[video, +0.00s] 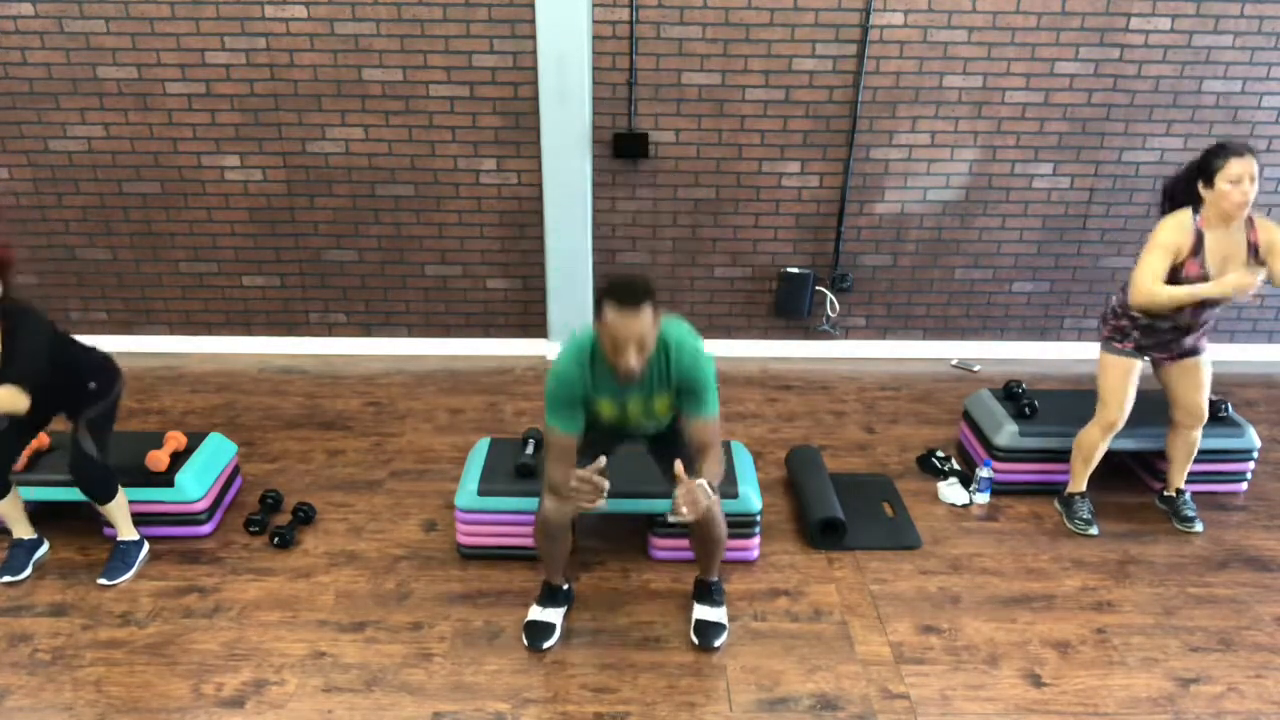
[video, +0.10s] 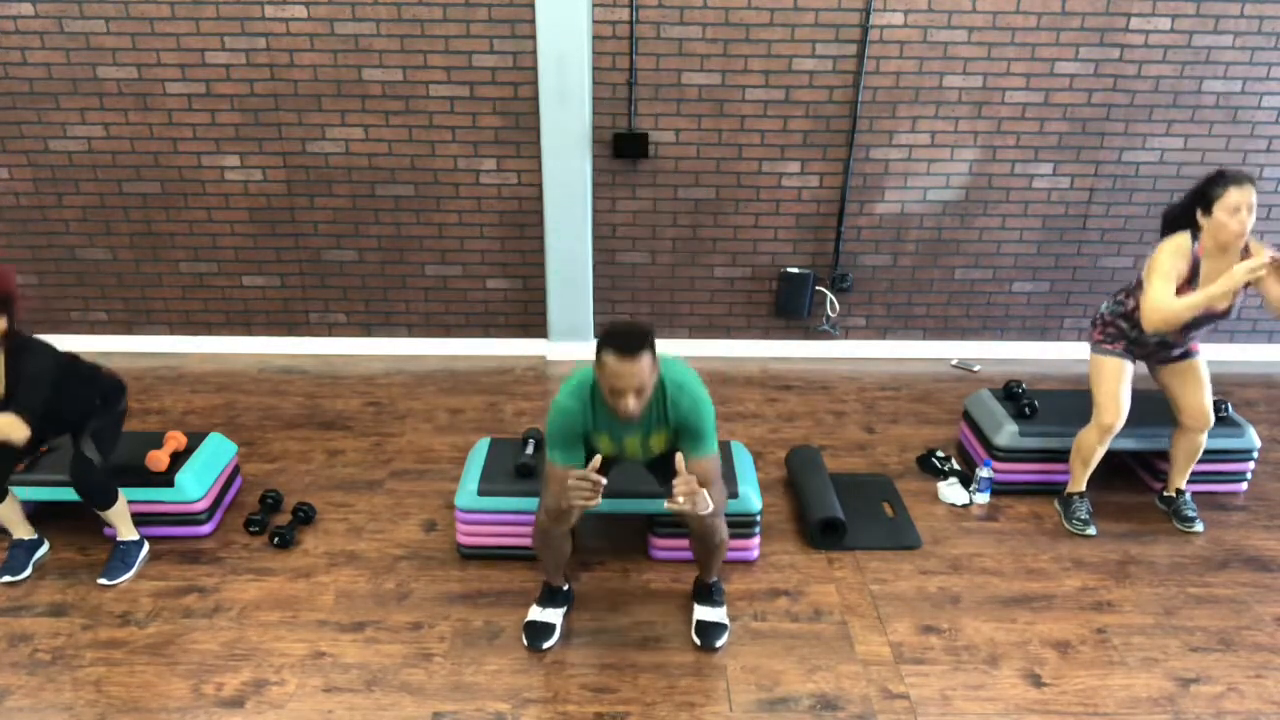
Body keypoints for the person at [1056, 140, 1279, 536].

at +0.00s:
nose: (1247, 191)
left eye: (1252, 181)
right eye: (1235, 182)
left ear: (1257, 184)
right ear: (1205, 188)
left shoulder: (1263, 234)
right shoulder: (1177, 227)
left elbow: (1278, 277)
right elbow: (1142, 295)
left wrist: (1264, 269)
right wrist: (1216, 289)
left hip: (1185, 330)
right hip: (1132, 324)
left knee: (1192, 416)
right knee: (1111, 417)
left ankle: (1174, 493)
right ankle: (1074, 494)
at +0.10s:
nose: (1246, 221)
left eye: (1251, 211)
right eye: (1235, 211)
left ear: (1256, 215)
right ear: (1204, 216)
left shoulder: (1253, 255)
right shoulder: (1175, 250)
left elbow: (1277, 305)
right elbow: (1154, 319)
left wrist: (1270, 276)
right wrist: (1221, 287)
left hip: (1173, 337)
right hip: (1120, 329)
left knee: (1198, 419)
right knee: (1109, 419)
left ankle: (1173, 492)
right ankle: (1073, 493)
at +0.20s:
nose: (1241, 252)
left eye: (1246, 242)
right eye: (1230, 242)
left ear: (1252, 245)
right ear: (1200, 245)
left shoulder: (1247, 286)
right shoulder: (1169, 274)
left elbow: (1276, 345)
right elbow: (1157, 345)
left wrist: (1270, 307)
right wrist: (1222, 306)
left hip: (1170, 348)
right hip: (1115, 340)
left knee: (1204, 423)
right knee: (1107, 424)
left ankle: (1174, 493)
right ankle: (1073, 494)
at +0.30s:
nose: (1236, 279)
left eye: (1241, 268)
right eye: (1225, 268)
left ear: (1247, 270)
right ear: (1194, 270)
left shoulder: (1239, 308)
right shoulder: (1162, 295)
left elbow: (1268, 375)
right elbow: (1151, 367)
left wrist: (1259, 336)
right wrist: (1215, 329)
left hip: (1167, 356)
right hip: (1109, 349)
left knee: (1209, 429)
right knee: (1106, 428)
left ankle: (1174, 493)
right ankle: (1073, 494)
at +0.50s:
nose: (1227, 311)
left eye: (1234, 299)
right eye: (1217, 299)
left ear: (1239, 299)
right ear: (1188, 295)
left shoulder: (1231, 329)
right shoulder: (1155, 318)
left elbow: (1262, 399)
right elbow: (1142, 391)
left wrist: (1252, 364)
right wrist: (1204, 357)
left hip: (1162, 372)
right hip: (1104, 363)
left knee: (1214, 432)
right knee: (1105, 431)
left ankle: (1175, 493)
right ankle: (1073, 494)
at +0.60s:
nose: (1229, 305)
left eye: (1236, 294)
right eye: (1219, 294)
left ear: (1242, 293)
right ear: (1190, 288)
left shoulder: (1238, 320)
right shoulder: (1156, 310)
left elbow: (1260, 395)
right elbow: (1138, 383)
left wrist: (1264, 368)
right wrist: (1203, 362)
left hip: (1167, 364)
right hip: (1107, 355)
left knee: (1213, 432)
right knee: (1104, 429)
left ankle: (1175, 492)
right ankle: (1073, 494)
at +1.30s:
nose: (1240, 181)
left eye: (1248, 171)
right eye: (1231, 171)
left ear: (1254, 170)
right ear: (1203, 169)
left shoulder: (1255, 212)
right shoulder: (1167, 212)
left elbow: (1221, 261)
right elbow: (1106, 245)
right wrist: (1060, 275)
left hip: (1206, 337)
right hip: (1151, 330)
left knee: (1181, 424)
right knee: (1117, 415)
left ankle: (1175, 493)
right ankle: (1075, 493)